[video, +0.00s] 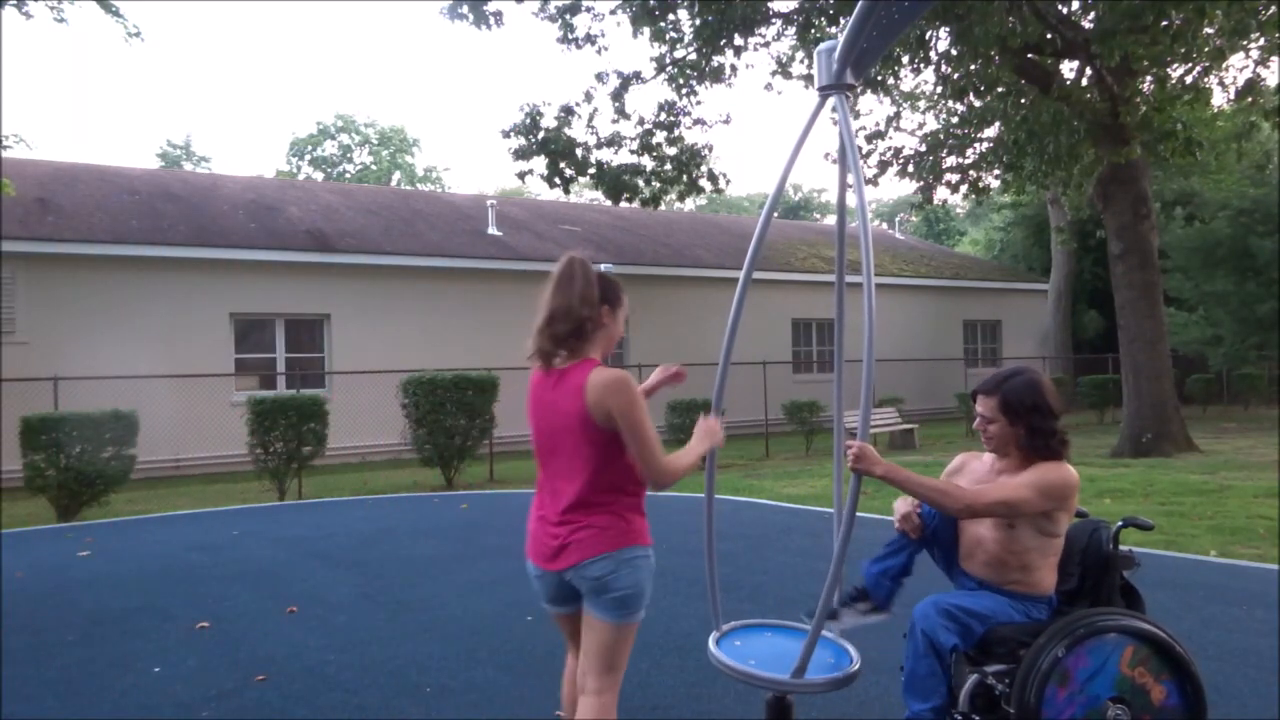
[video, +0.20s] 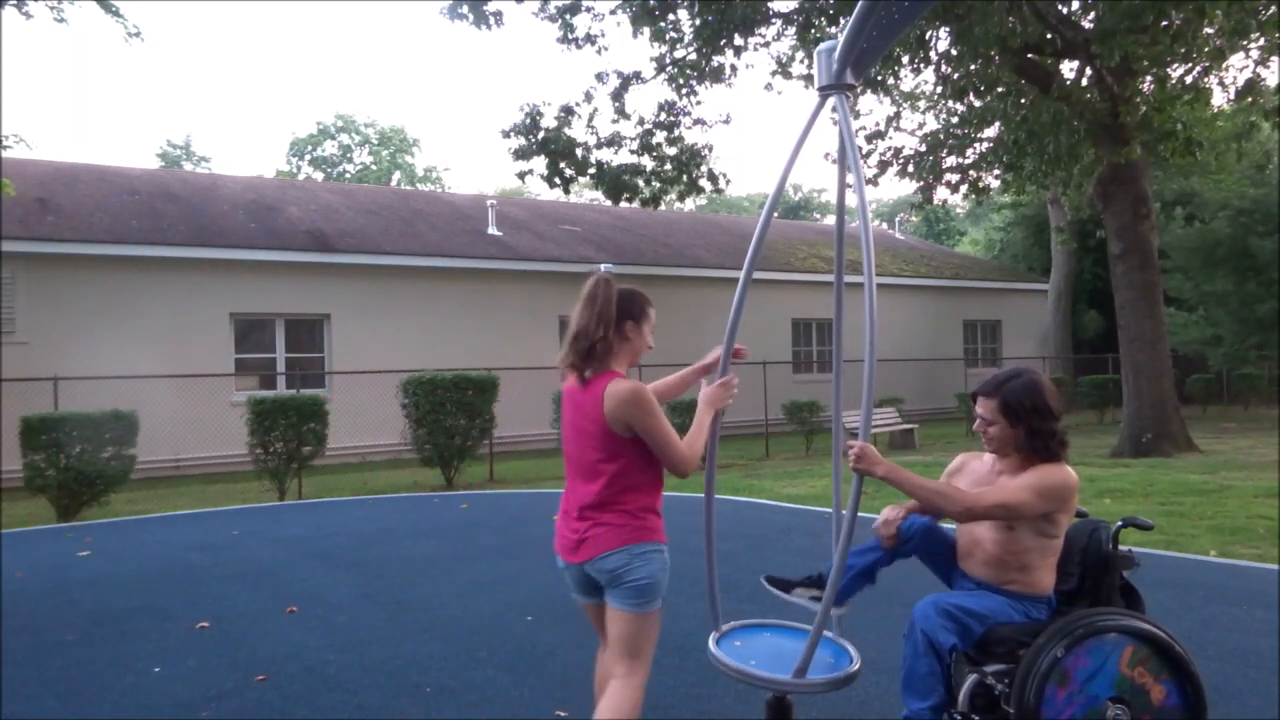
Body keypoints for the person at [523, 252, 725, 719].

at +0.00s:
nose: (623, 327)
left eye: (624, 317)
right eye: (623, 316)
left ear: (565, 315)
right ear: (604, 315)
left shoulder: (541, 377)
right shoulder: (609, 382)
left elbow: (587, 425)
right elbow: (660, 474)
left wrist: (644, 390)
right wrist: (702, 443)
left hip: (547, 544)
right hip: (611, 548)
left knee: (577, 654)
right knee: (599, 689)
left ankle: (570, 714)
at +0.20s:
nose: (652, 339)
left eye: (652, 329)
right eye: (650, 328)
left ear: (606, 328)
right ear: (626, 329)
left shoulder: (574, 383)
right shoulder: (628, 394)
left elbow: (638, 399)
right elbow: (684, 463)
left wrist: (698, 370)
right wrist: (708, 407)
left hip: (575, 541)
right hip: (630, 544)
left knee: (609, 648)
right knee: (627, 674)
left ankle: (605, 714)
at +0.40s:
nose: (683, 333)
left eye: (682, 323)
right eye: (678, 323)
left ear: (645, 323)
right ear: (652, 323)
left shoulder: (624, 369)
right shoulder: (635, 379)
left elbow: (704, 386)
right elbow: (666, 462)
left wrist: (764, 366)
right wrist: (703, 411)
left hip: (599, 521)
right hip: (641, 524)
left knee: (627, 633)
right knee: (663, 635)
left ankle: (615, 715)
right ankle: (636, 714)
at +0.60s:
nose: (708, 338)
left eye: (708, 329)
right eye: (703, 328)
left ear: (677, 327)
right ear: (676, 326)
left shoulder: (679, 371)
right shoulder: (645, 378)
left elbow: (737, 389)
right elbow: (655, 456)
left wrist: (802, 371)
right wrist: (704, 408)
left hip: (630, 516)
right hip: (654, 520)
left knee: (646, 621)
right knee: (679, 622)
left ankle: (619, 715)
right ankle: (682, 713)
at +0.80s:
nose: (721, 344)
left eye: (722, 335)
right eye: (717, 335)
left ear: (697, 332)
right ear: (691, 333)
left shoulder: (705, 374)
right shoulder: (659, 382)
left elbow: (763, 390)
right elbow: (662, 458)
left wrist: (821, 376)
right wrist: (702, 409)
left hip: (687, 509)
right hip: (664, 514)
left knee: (692, 609)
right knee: (689, 618)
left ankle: (641, 685)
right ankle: (682, 713)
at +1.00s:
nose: (737, 343)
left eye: (740, 334)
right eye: (732, 333)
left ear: (713, 329)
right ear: (704, 330)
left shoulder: (721, 369)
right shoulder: (669, 374)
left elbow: (783, 392)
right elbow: (672, 445)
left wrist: (836, 373)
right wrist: (703, 392)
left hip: (713, 508)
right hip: (676, 513)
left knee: (733, 604)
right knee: (695, 620)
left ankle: (726, 694)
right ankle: (681, 713)